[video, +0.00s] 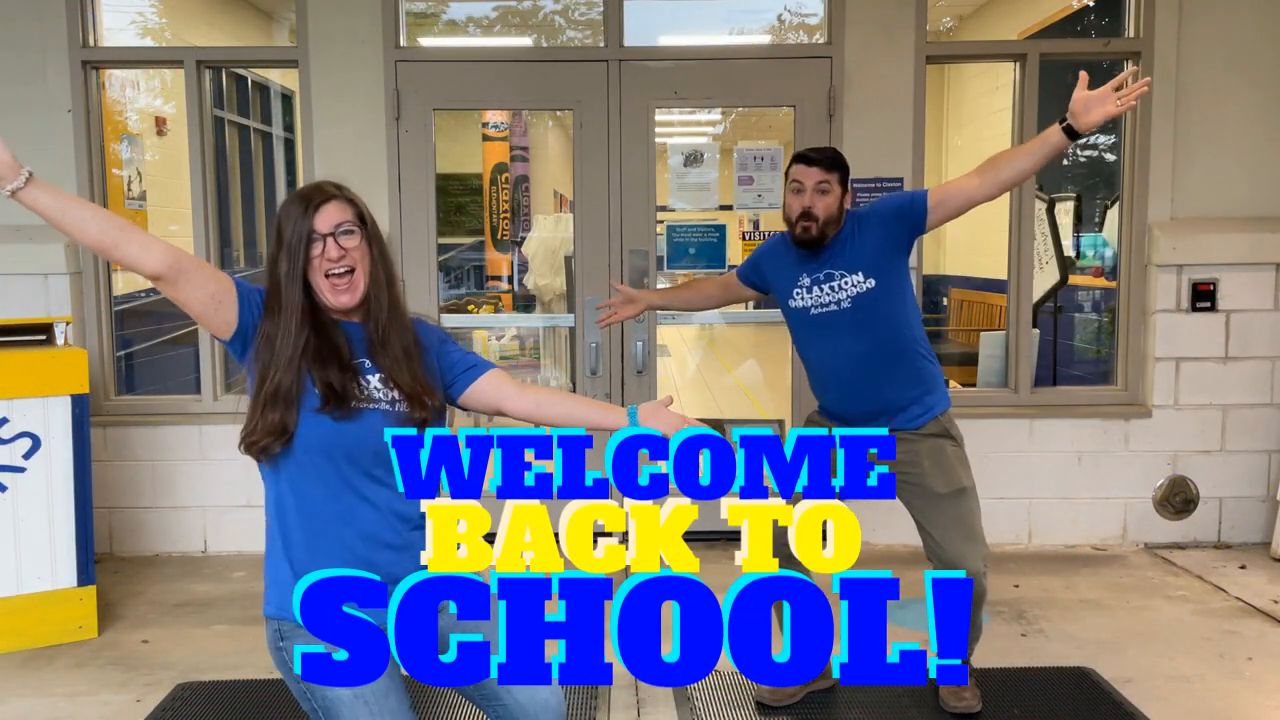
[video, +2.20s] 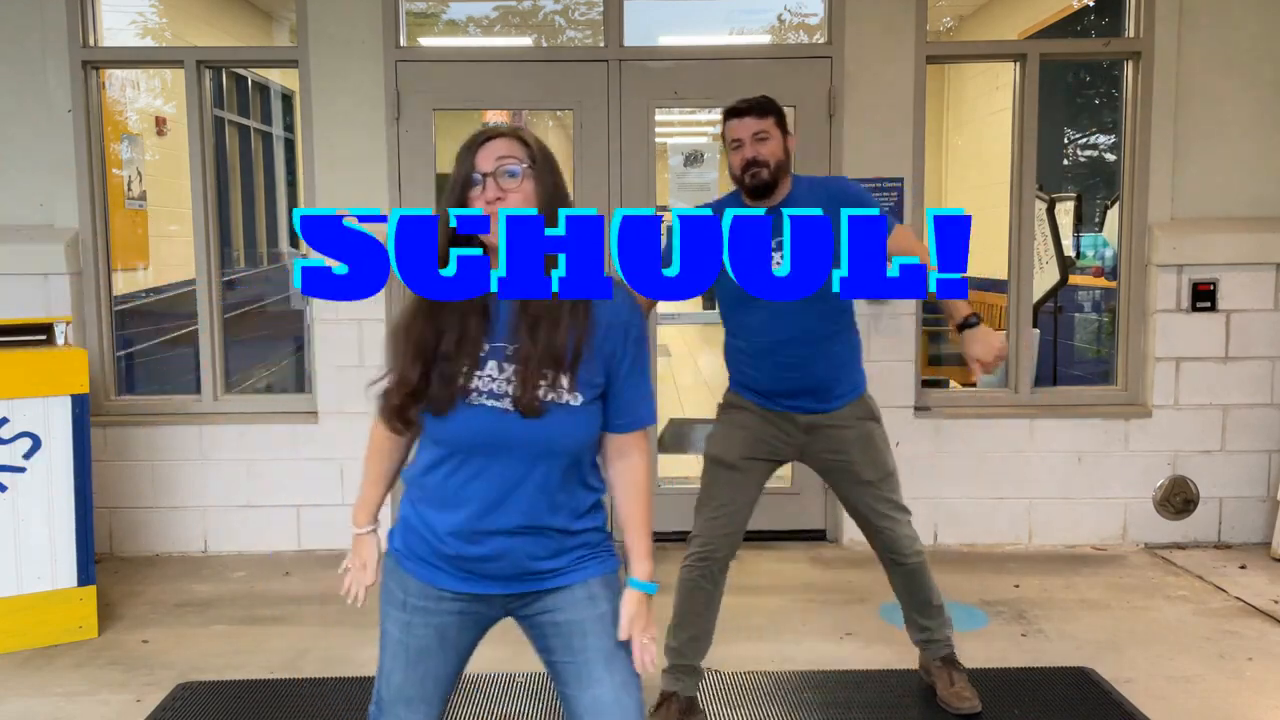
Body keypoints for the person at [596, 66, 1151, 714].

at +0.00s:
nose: (806, 201)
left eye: (822, 191)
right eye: (796, 189)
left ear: (846, 196)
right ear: (784, 194)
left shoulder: (886, 220)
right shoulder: (773, 259)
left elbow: (983, 181)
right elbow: (718, 290)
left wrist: (1069, 128)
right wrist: (647, 298)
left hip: (918, 429)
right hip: (836, 433)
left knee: (964, 562)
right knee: (798, 549)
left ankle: (954, 666)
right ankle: (808, 661)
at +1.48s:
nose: (839, 161)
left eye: (853, 151)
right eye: (829, 149)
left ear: (879, 153)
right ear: (818, 151)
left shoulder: (922, 189)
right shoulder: (799, 221)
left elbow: (1028, 179)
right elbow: (722, 277)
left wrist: (1131, 165)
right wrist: (656, 333)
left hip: (927, 404)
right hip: (840, 403)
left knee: (946, 545)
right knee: (807, 537)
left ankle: (948, 668)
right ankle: (809, 663)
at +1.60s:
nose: (849, 170)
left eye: (863, 158)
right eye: (838, 158)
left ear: (887, 165)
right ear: (824, 164)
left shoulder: (931, 215)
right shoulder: (805, 236)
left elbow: (1025, 261)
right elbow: (763, 319)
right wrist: (721, 389)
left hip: (934, 413)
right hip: (849, 412)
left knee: (951, 552)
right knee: (813, 537)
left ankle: (947, 663)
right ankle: (807, 656)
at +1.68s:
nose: (855, 175)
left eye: (869, 164)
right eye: (844, 164)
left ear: (892, 170)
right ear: (831, 171)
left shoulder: (938, 231)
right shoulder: (811, 245)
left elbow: (984, 320)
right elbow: (804, 338)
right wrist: (785, 423)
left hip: (939, 419)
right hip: (850, 419)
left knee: (954, 555)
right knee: (817, 544)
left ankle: (949, 670)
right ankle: (808, 661)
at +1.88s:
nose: (846, 155)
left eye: (860, 143)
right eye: (835, 144)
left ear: (885, 152)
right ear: (821, 153)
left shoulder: (930, 213)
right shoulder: (801, 222)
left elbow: (974, 296)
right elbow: (765, 294)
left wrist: (992, 387)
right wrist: (746, 359)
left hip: (920, 410)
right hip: (829, 406)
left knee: (944, 546)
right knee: (786, 519)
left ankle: (950, 667)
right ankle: (795, 651)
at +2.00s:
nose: (819, 145)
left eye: (833, 132)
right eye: (807, 134)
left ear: (858, 138)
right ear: (794, 145)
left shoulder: (905, 194)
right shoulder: (773, 212)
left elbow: (975, 266)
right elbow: (723, 276)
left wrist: (1013, 348)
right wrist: (686, 336)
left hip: (898, 398)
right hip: (810, 394)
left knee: (933, 529)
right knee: (763, 523)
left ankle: (942, 657)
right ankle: (720, 663)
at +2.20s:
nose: (750, 152)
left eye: (761, 138)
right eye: (736, 144)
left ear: (788, 142)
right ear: (725, 156)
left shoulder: (833, 199)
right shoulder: (715, 221)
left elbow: (917, 252)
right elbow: (647, 297)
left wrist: (968, 326)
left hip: (840, 412)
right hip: (751, 412)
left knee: (899, 542)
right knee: (708, 548)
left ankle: (940, 657)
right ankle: (678, 690)